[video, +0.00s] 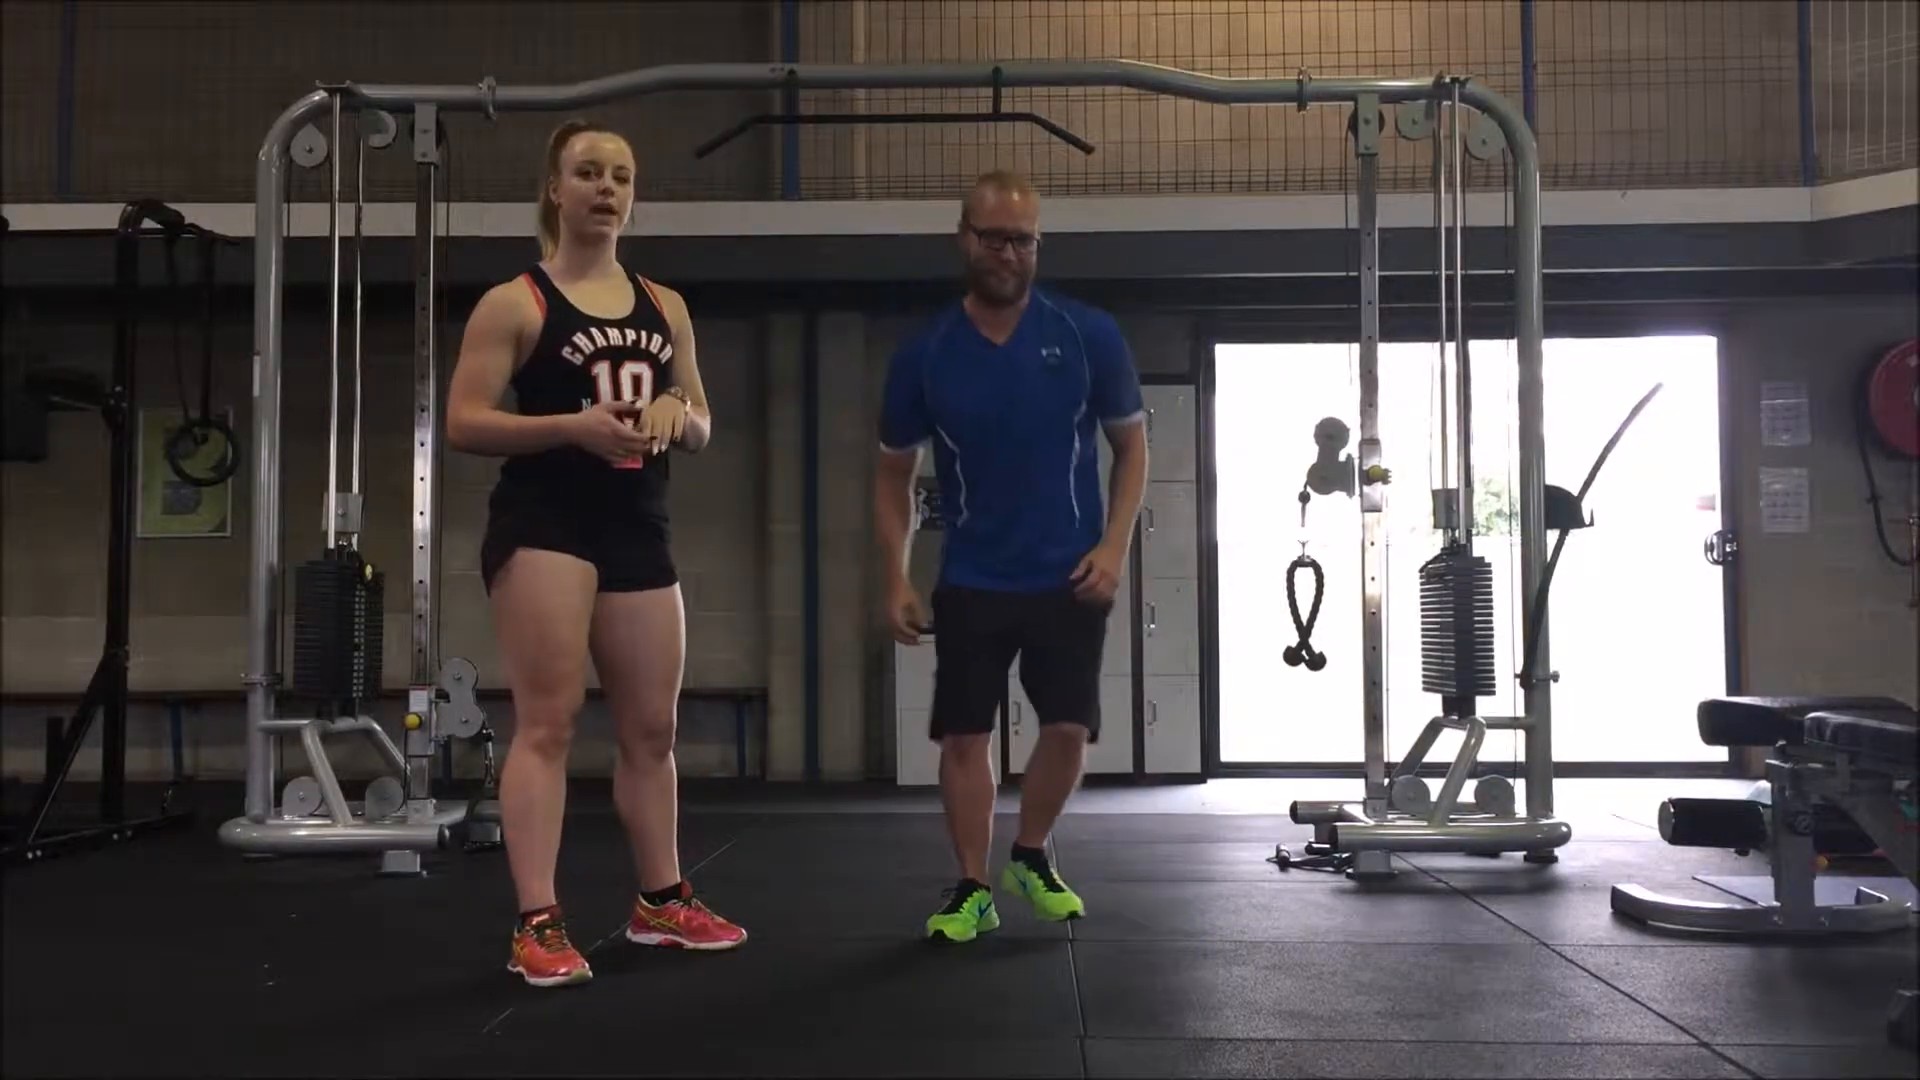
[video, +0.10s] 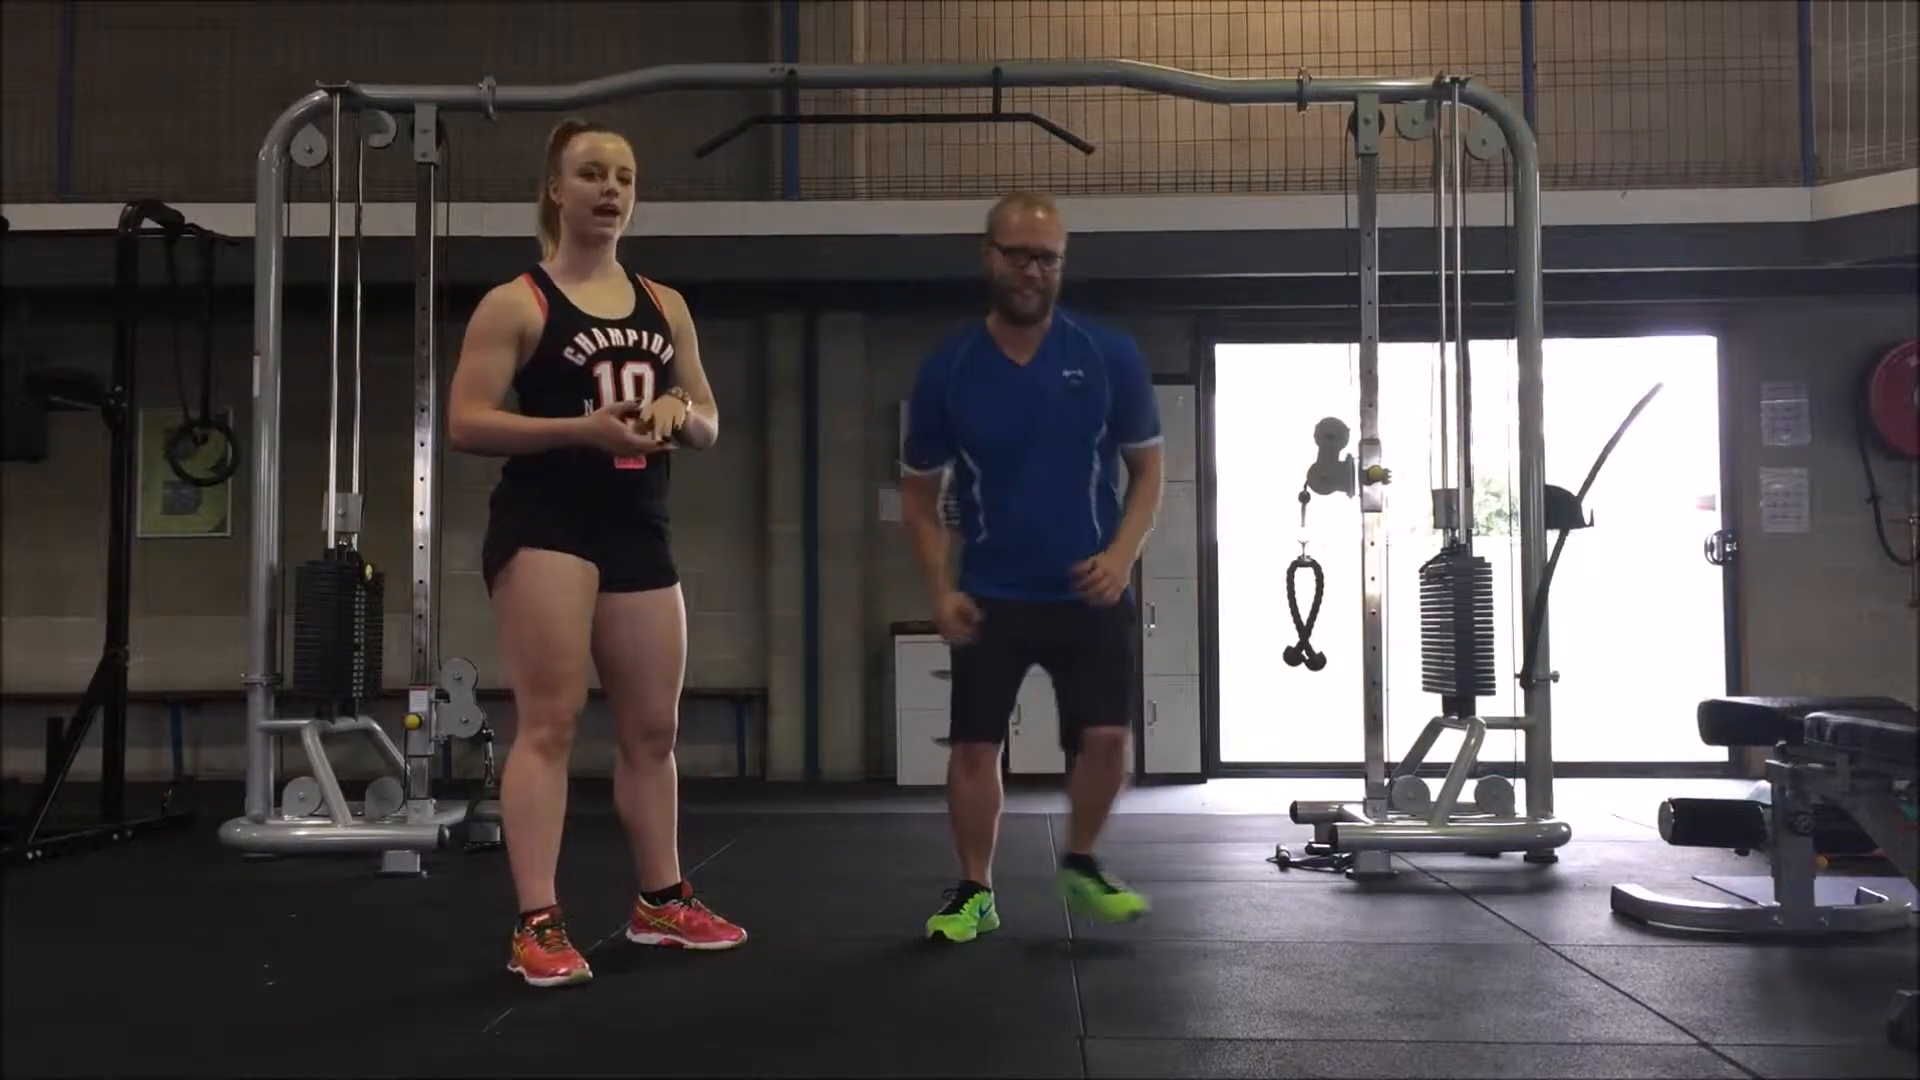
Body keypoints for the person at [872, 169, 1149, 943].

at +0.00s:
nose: (1008, 253)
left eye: (1022, 240)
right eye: (993, 238)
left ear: (1040, 245)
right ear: (963, 241)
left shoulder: (1090, 337)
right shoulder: (925, 354)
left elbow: (1131, 444)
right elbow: (894, 473)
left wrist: (1114, 547)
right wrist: (896, 580)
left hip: (1067, 577)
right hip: (971, 579)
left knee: (1070, 727)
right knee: (962, 734)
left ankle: (1027, 853)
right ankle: (972, 887)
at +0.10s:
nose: (1032, 271)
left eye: (1046, 258)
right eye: (1017, 256)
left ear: (1064, 264)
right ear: (987, 258)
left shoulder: (1110, 357)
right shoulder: (945, 372)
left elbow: (1148, 467)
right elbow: (920, 494)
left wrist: (1123, 552)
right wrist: (942, 591)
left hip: (1091, 590)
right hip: (991, 593)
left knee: (1106, 735)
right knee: (974, 742)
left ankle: (1080, 862)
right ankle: (974, 891)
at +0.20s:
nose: (1076, 265)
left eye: (1090, 253)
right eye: (1061, 249)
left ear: (1107, 260)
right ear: (1030, 251)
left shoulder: (1147, 354)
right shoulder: (985, 365)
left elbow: (1187, 463)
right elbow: (961, 483)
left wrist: (1150, 513)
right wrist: (1001, 552)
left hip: (1125, 583)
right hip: (1025, 584)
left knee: (1179, 720)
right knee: (987, 741)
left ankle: (1180, 864)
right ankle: (976, 890)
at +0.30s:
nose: (1142, 229)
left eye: (1156, 216)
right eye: (1127, 213)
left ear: (1171, 221)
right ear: (1095, 212)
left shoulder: (1210, 316)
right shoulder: (1046, 324)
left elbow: (1247, 429)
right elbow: (1013, 438)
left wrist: (1204, 451)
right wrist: (1064, 486)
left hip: (1181, 554)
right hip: (1075, 557)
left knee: (1260, 685)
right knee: (1018, 716)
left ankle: (1298, 851)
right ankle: (975, 880)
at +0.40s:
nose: (1220, 208)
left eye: (1233, 194)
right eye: (1205, 191)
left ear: (1248, 197)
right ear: (1172, 187)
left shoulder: (1284, 283)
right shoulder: (1115, 290)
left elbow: (1320, 404)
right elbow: (1081, 407)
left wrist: (1269, 418)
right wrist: (1129, 446)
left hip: (1249, 529)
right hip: (1141, 530)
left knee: (1333, 681)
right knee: (1068, 686)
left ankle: (1405, 856)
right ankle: (998, 846)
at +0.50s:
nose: (1294, 221)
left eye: (1308, 208)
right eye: (1279, 205)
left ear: (1325, 209)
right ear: (1245, 201)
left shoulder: (1364, 304)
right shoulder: (1193, 304)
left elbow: (1391, 419)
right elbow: (1148, 424)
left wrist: (1336, 432)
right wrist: (1192, 455)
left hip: (1325, 551)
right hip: (1215, 547)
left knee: (1401, 711)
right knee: (1130, 694)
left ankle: (1441, 891)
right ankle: (1061, 827)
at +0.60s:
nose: (1359, 244)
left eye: (1373, 230)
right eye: (1343, 227)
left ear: (1386, 229)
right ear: (1304, 218)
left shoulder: (1421, 330)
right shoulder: (1253, 334)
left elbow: (1452, 446)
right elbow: (1212, 454)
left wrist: (1399, 474)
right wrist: (1254, 484)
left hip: (1379, 570)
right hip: (1274, 572)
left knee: (1448, 710)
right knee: (1210, 719)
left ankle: (1443, 902)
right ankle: (1148, 823)